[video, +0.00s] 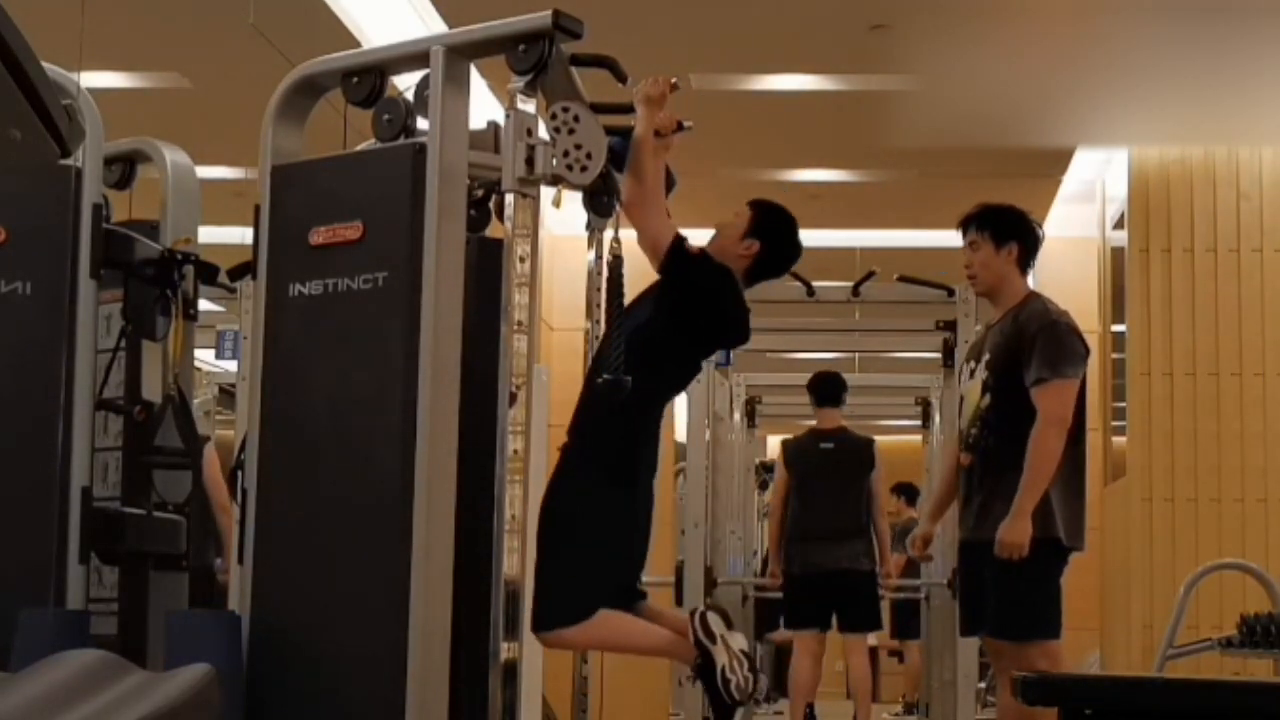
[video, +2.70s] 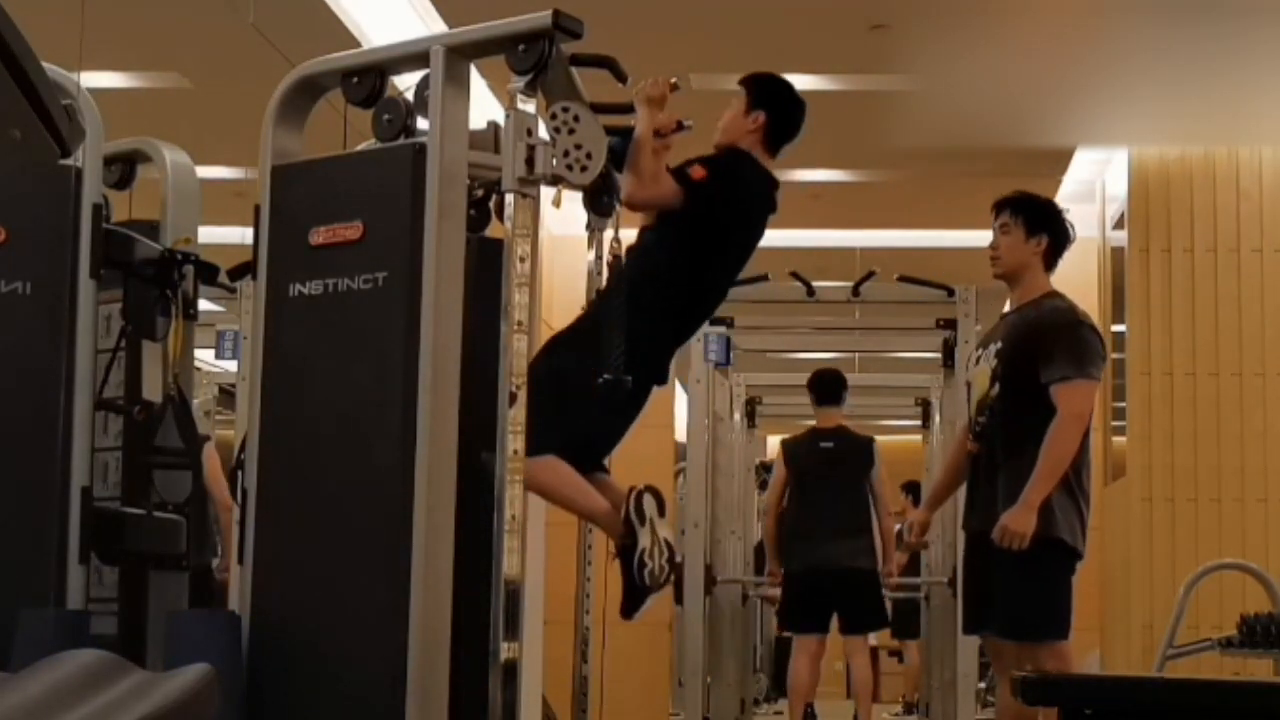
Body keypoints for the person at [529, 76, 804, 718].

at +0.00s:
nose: (722, 219)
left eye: (734, 219)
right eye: (732, 215)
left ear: (747, 248)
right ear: (751, 253)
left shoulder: (707, 286)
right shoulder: (707, 288)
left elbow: (642, 208)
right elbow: (646, 214)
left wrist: (644, 125)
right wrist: (656, 137)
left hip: (603, 455)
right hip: (621, 456)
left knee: (558, 621)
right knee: (607, 602)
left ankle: (699, 654)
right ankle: (702, 630)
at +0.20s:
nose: (737, 185)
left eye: (749, 180)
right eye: (747, 177)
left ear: (768, 197)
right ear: (775, 209)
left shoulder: (733, 243)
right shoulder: (752, 269)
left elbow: (644, 200)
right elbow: (651, 234)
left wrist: (647, 123)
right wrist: (657, 150)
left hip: (606, 398)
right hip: (635, 407)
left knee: (540, 550)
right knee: (581, 537)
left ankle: (663, 585)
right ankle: (669, 580)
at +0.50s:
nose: (720, 104)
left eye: (729, 95)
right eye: (726, 94)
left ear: (753, 107)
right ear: (766, 114)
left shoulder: (730, 160)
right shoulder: (757, 182)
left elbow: (642, 188)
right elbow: (646, 198)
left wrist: (646, 117)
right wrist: (659, 140)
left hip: (621, 310)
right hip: (645, 323)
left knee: (533, 450)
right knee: (572, 454)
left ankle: (634, 510)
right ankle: (645, 494)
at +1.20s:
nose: (722, 141)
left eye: (732, 133)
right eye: (728, 132)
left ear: (755, 147)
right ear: (765, 156)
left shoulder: (722, 201)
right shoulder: (742, 217)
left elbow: (633, 189)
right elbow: (643, 238)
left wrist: (642, 123)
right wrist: (658, 152)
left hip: (620, 372)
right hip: (648, 376)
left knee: (577, 519)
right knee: (622, 512)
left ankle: (709, 549)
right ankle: (712, 547)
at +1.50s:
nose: (721, 213)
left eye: (733, 209)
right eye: (729, 207)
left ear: (755, 231)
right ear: (759, 237)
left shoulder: (715, 279)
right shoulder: (724, 284)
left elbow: (651, 208)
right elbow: (654, 215)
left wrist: (646, 124)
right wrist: (658, 138)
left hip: (630, 456)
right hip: (652, 457)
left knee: (595, 619)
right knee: (637, 600)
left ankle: (727, 650)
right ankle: (731, 632)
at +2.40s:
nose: (738, 189)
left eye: (749, 184)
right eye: (746, 182)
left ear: (769, 204)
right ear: (775, 215)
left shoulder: (731, 246)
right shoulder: (747, 268)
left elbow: (647, 201)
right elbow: (648, 228)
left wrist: (647, 123)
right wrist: (657, 148)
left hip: (608, 399)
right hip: (633, 408)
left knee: (543, 550)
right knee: (589, 543)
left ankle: (667, 585)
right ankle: (674, 593)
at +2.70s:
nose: (723, 115)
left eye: (733, 105)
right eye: (730, 104)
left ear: (754, 120)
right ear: (768, 129)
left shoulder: (731, 170)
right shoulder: (756, 187)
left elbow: (640, 190)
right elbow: (648, 209)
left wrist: (646, 121)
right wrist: (656, 149)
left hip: (619, 329)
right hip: (646, 343)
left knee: (530, 456)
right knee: (579, 459)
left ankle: (621, 524)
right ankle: (640, 529)